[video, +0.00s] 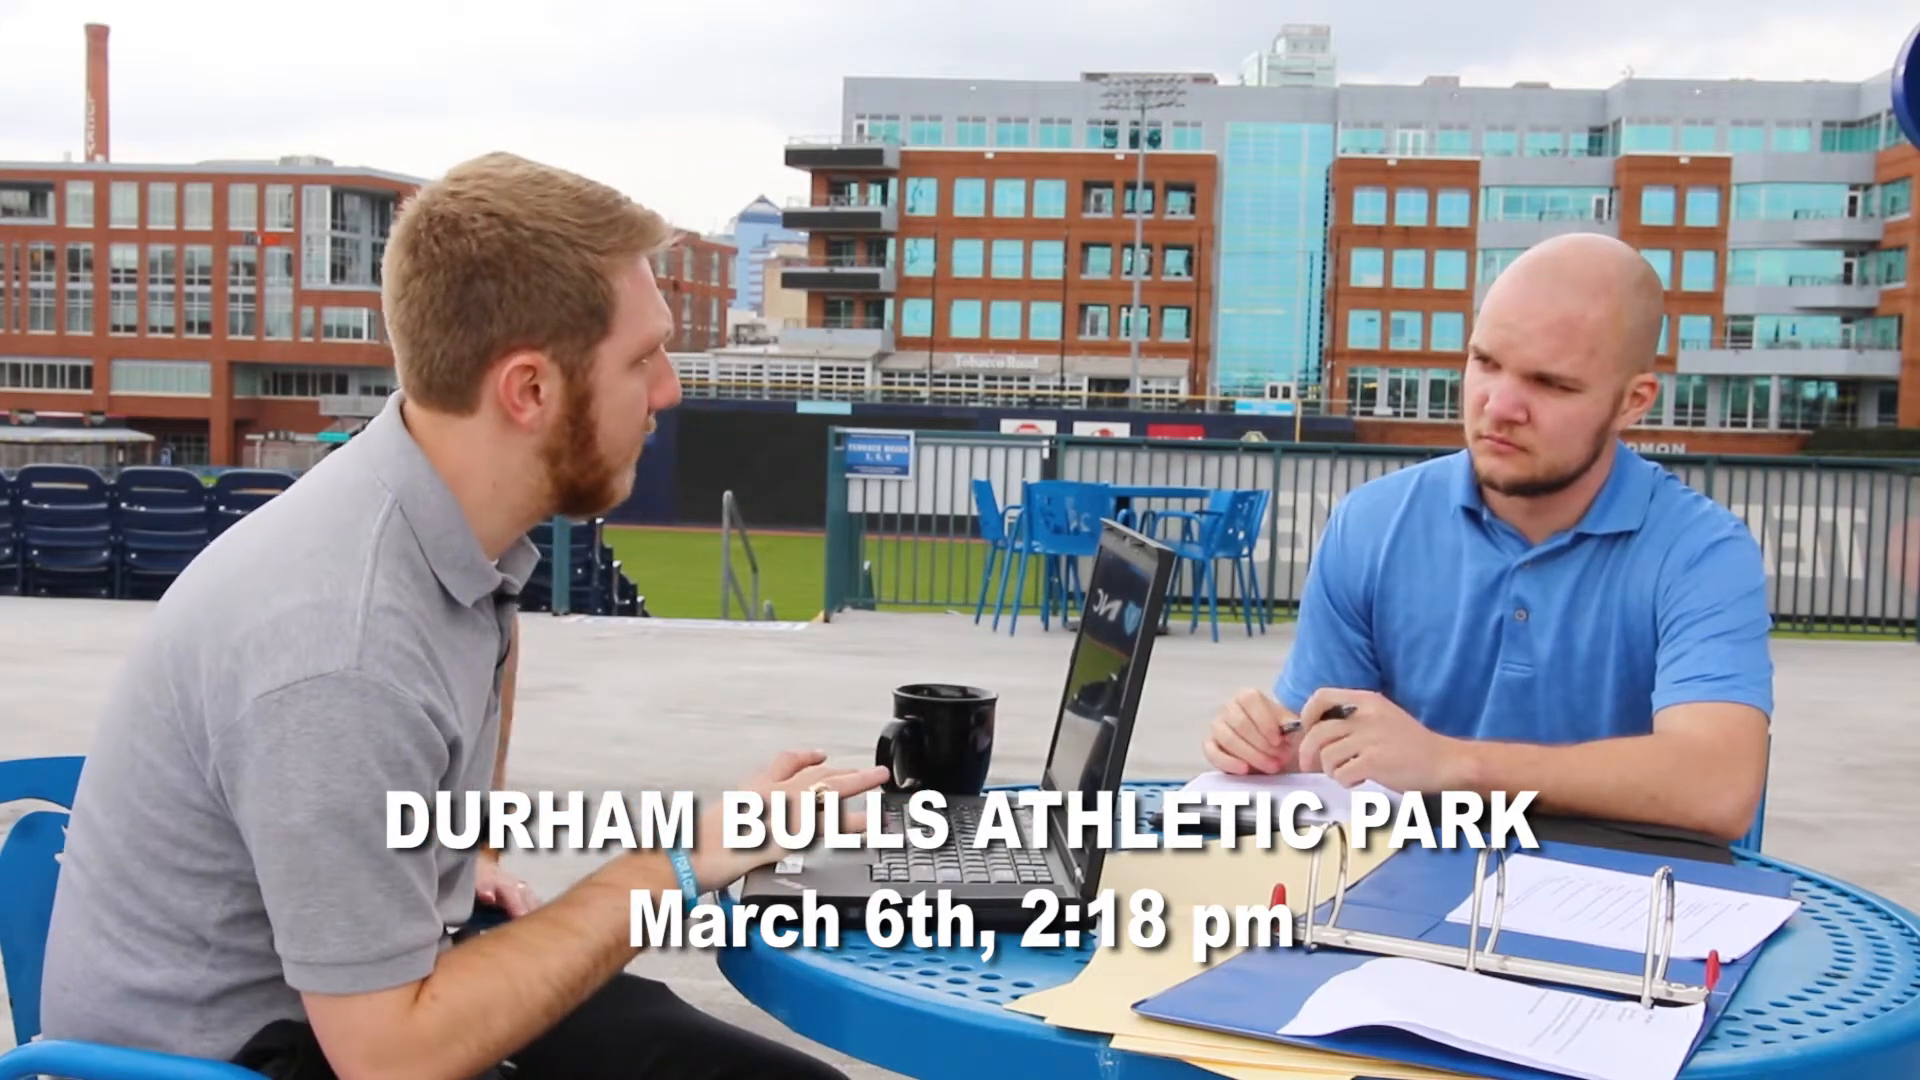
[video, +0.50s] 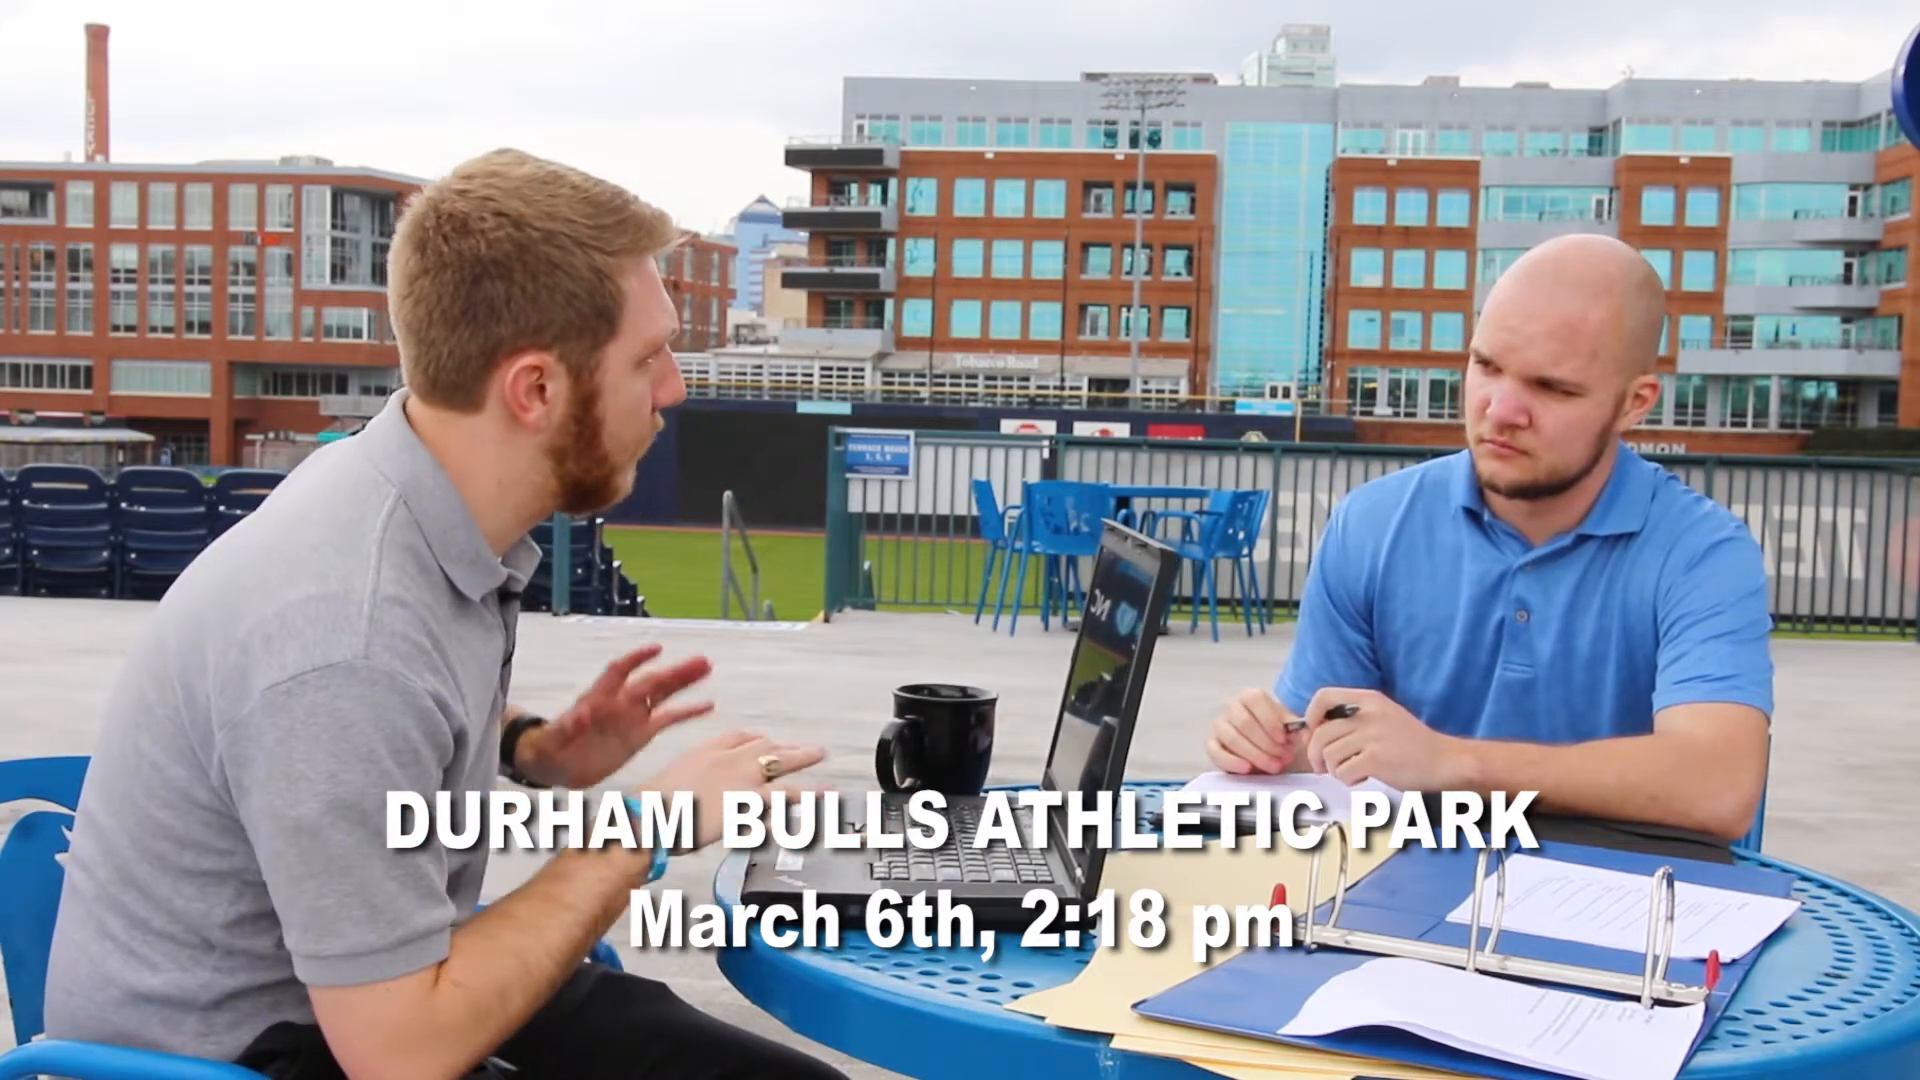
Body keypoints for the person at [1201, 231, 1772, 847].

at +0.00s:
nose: (1499, 406)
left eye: (1549, 383)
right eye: (1486, 364)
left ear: (1632, 403)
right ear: (1467, 353)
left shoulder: (1697, 552)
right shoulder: (1370, 525)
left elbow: (1713, 786)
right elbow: (1306, 730)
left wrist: (1446, 762)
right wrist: (1261, 736)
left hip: (1621, 917)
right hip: (1395, 894)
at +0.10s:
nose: (1499, 409)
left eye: (1549, 386)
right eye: (1486, 366)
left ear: (1631, 404)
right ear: (1467, 355)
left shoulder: (1697, 552)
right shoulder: (1371, 525)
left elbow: (1713, 786)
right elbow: (1307, 733)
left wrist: (1447, 762)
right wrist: (1262, 738)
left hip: (1621, 918)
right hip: (1395, 895)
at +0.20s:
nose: (1499, 409)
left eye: (1549, 386)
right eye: (1487, 366)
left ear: (1631, 405)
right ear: (1467, 355)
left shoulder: (1697, 551)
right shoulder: (1371, 525)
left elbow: (1713, 786)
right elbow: (1308, 733)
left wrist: (1447, 763)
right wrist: (1261, 737)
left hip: (1621, 918)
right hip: (1395, 896)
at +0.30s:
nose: (1500, 407)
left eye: (1551, 384)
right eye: (1488, 364)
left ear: (1633, 403)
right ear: (1468, 353)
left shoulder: (1697, 552)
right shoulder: (1370, 525)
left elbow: (1713, 786)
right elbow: (1306, 732)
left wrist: (1447, 762)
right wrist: (1260, 736)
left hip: (1620, 918)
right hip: (1394, 895)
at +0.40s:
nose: (1501, 409)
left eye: (1551, 386)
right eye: (1488, 366)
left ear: (1634, 404)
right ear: (1468, 354)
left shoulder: (1698, 553)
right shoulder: (1371, 525)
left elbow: (1713, 786)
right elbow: (1307, 731)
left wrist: (1446, 761)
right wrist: (1260, 736)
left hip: (1621, 918)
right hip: (1395, 895)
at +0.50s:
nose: (1501, 410)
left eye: (1551, 388)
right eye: (1488, 367)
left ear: (1633, 405)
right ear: (1468, 356)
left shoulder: (1698, 552)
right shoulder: (1370, 525)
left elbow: (1714, 786)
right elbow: (1306, 727)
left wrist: (1448, 761)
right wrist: (1260, 733)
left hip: (1623, 917)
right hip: (1395, 895)